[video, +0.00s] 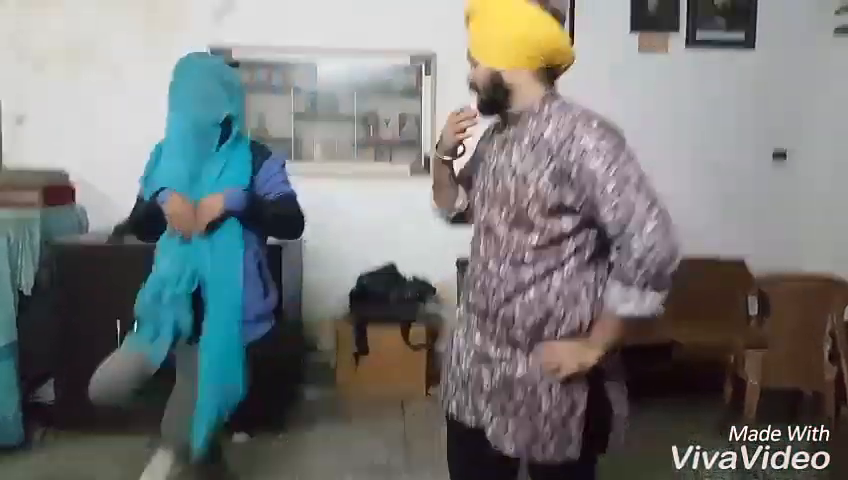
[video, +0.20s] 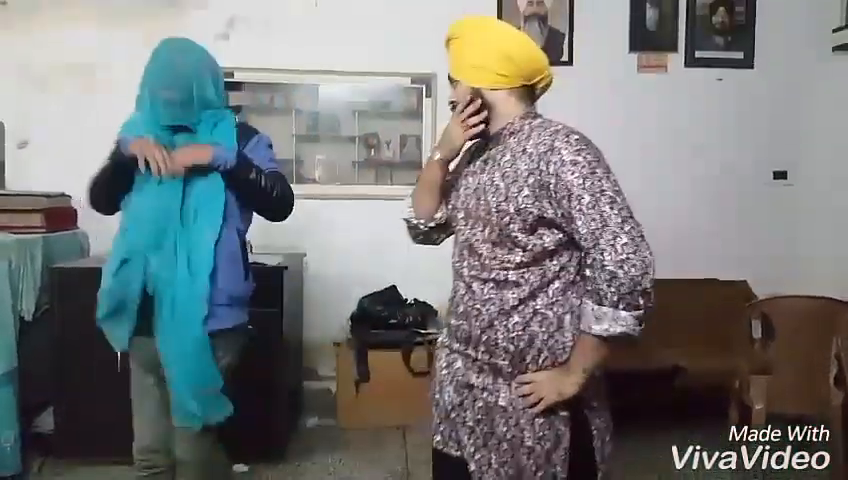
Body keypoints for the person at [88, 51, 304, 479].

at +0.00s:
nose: (193, 122)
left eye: (203, 111)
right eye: (185, 110)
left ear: (225, 109)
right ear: (176, 107)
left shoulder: (257, 159)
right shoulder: (166, 157)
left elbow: (291, 223)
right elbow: (139, 226)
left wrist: (228, 203)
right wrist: (165, 207)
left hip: (240, 313)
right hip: (178, 308)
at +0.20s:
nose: (175, 110)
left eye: (185, 100)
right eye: (166, 100)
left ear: (207, 90)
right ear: (151, 91)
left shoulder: (241, 140)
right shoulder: (140, 137)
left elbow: (281, 204)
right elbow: (101, 202)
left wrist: (221, 158)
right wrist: (128, 154)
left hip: (212, 315)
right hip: (145, 314)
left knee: (194, 450)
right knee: (149, 453)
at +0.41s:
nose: (170, 126)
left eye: (181, 115)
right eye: (159, 115)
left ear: (202, 102)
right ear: (142, 101)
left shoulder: (238, 157)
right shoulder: (131, 156)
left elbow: (274, 224)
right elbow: (90, 226)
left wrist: (222, 163)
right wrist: (120, 153)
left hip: (212, 344)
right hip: (138, 340)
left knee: (190, 465)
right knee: (135, 466)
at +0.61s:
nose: (187, 158)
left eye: (199, 142)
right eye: (172, 145)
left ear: (217, 137)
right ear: (149, 143)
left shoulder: (244, 203)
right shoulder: (127, 207)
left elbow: (280, 281)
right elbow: (100, 285)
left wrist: (237, 210)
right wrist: (144, 212)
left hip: (228, 390)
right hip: (149, 388)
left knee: (217, 470)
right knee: (125, 471)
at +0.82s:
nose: (189, 110)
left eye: (201, 93)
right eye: (172, 96)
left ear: (221, 82)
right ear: (147, 89)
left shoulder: (251, 154)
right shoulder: (126, 153)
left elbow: (294, 246)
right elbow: (97, 248)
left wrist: (250, 162)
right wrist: (152, 163)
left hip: (242, 383)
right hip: (154, 384)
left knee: (239, 470)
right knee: (151, 469)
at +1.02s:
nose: (215, 100)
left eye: (227, 85)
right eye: (194, 86)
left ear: (243, 76)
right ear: (159, 77)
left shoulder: (260, 139)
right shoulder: (132, 135)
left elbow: (317, 223)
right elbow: (116, 213)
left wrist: (279, 134)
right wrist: (188, 127)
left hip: (259, 367)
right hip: (166, 368)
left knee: (253, 469)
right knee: (170, 468)